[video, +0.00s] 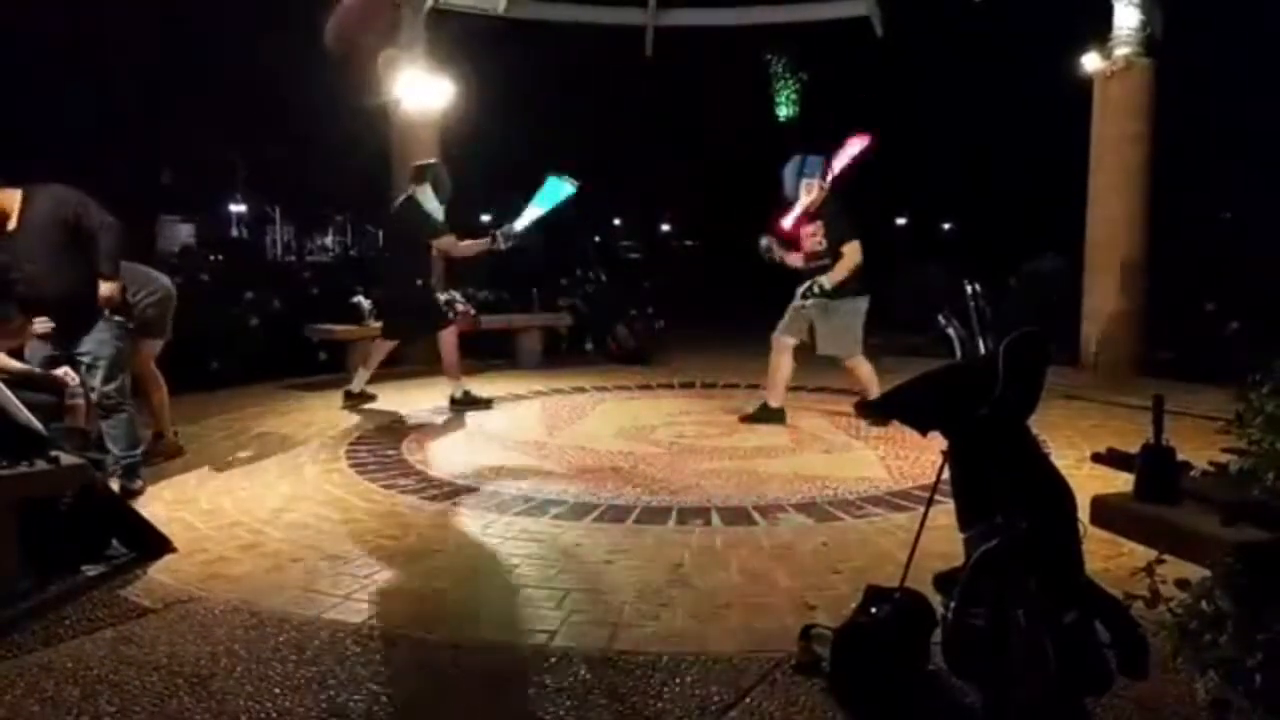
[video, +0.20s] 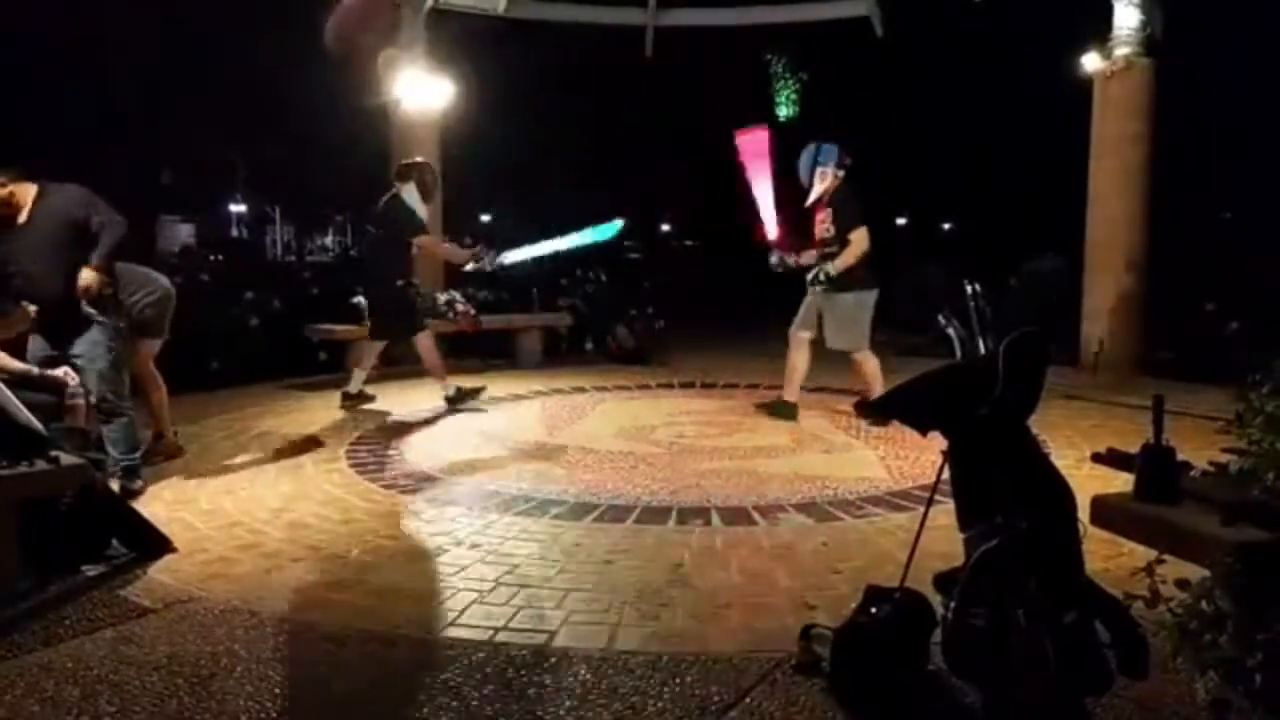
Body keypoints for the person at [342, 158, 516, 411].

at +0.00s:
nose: (446, 193)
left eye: (445, 187)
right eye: (443, 187)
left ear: (418, 182)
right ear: (431, 184)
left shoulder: (402, 207)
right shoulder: (417, 211)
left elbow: (437, 245)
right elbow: (454, 248)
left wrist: (484, 243)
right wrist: (491, 242)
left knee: (391, 334)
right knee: (447, 326)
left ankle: (355, 387)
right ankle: (458, 392)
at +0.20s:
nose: (434, 189)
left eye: (434, 182)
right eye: (431, 182)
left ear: (406, 181)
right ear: (420, 182)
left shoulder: (390, 204)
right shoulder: (400, 208)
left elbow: (422, 243)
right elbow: (430, 245)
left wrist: (460, 254)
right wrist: (467, 256)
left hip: (380, 281)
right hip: (393, 283)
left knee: (379, 336)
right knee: (421, 332)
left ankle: (353, 389)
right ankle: (449, 389)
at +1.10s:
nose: (435, 195)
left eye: (434, 189)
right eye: (432, 189)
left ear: (411, 190)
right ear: (420, 190)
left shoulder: (403, 214)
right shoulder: (401, 216)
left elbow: (408, 262)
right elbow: (404, 264)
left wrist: (436, 273)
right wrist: (437, 275)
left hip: (389, 290)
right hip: (393, 291)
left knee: (398, 337)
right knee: (443, 321)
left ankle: (353, 386)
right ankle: (452, 390)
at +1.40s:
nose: (425, 183)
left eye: (424, 177)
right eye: (422, 177)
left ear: (403, 177)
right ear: (410, 177)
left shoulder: (395, 203)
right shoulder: (388, 204)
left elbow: (394, 250)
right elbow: (388, 253)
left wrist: (414, 273)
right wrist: (413, 275)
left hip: (373, 275)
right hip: (375, 276)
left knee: (370, 332)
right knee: (405, 325)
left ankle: (347, 387)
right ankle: (403, 390)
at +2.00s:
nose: (435, 190)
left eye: (435, 183)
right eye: (432, 183)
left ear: (408, 184)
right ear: (419, 184)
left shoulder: (395, 207)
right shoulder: (405, 209)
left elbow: (423, 256)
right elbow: (424, 256)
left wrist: (458, 266)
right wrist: (461, 266)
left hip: (377, 277)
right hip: (391, 279)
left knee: (384, 330)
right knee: (432, 326)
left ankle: (347, 381)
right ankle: (435, 387)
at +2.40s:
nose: (406, 183)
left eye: (406, 177)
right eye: (403, 177)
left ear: (383, 177)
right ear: (392, 176)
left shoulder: (371, 200)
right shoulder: (377, 203)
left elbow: (384, 248)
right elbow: (385, 247)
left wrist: (401, 277)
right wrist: (407, 274)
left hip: (355, 270)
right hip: (364, 272)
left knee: (354, 327)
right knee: (390, 322)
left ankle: (335, 384)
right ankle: (390, 385)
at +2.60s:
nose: (401, 184)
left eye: (401, 178)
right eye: (398, 178)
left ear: (375, 180)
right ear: (387, 179)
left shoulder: (360, 202)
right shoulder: (374, 207)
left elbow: (381, 244)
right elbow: (382, 245)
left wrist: (404, 265)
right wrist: (407, 266)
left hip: (350, 272)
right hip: (364, 274)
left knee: (354, 329)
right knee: (393, 323)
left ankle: (334, 385)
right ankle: (385, 384)